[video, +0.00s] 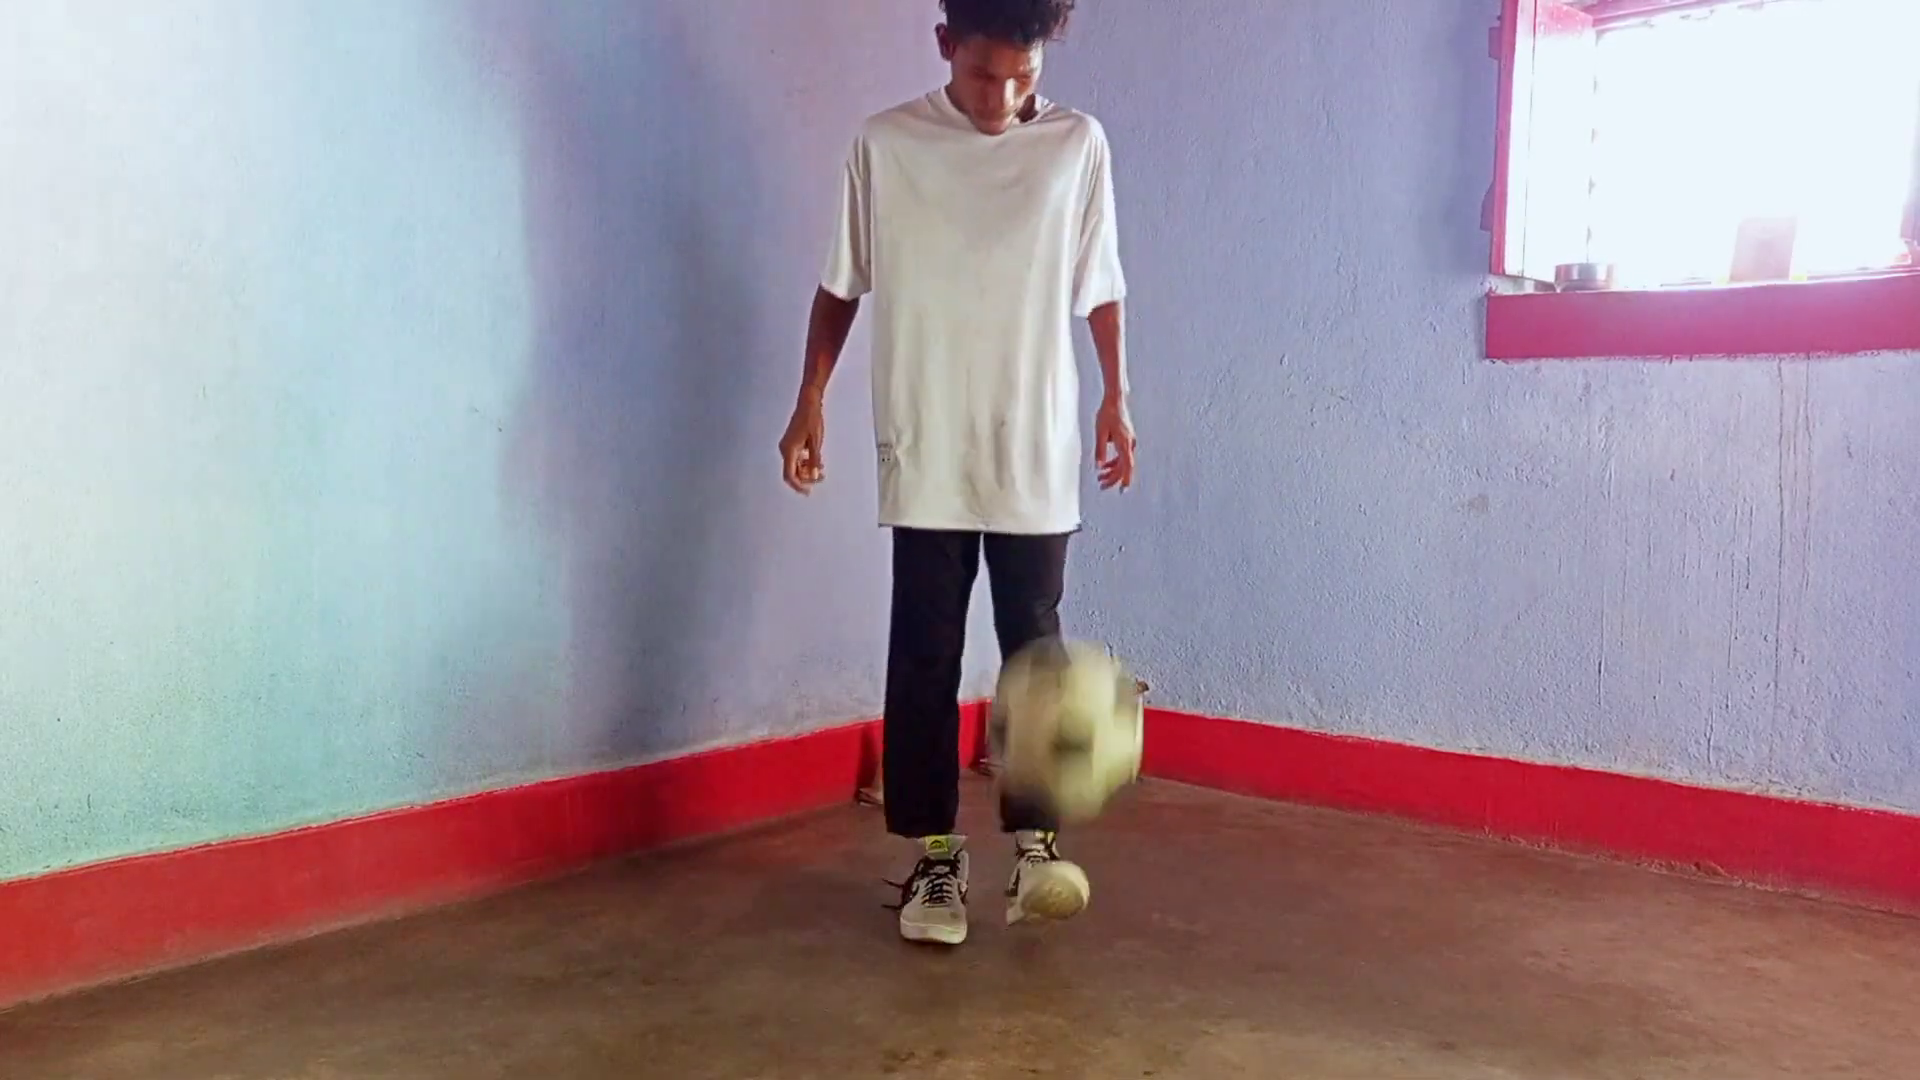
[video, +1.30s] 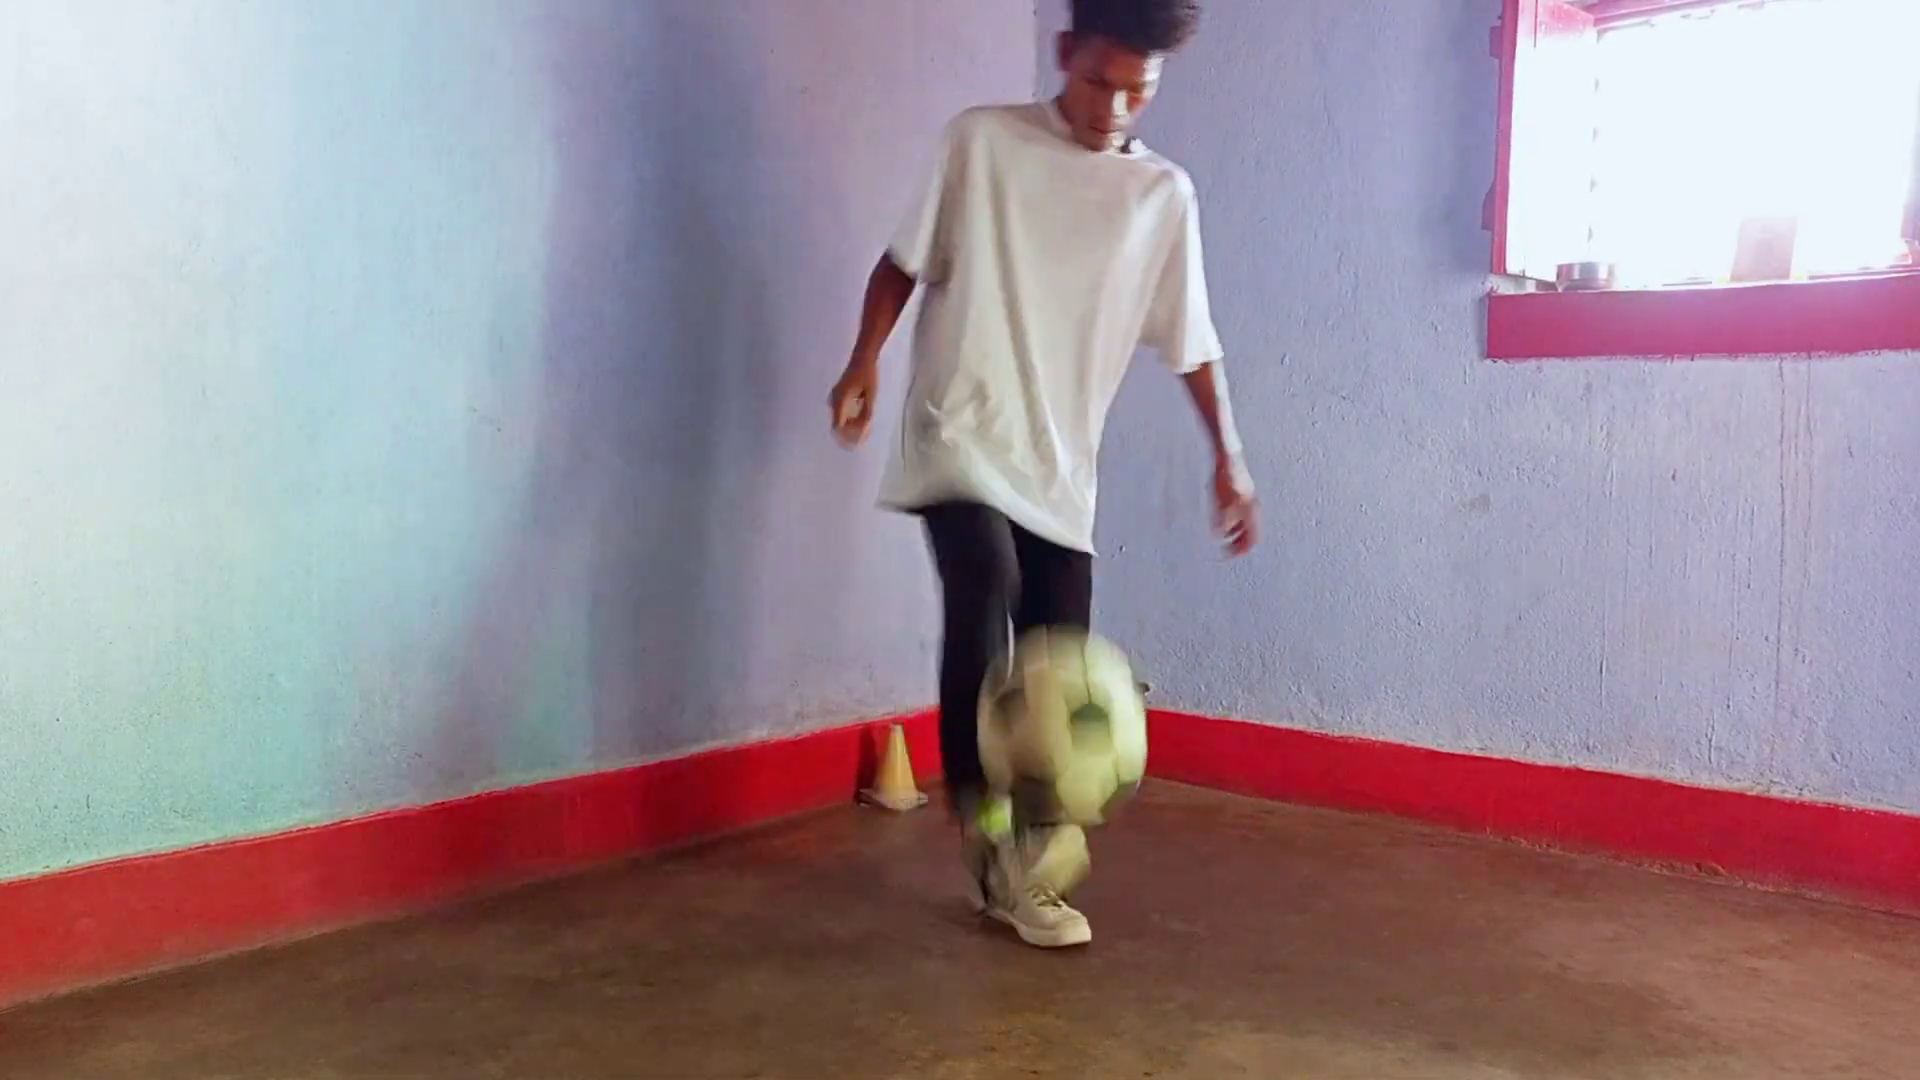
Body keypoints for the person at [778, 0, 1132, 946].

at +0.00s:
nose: (1001, 97)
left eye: (1019, 77)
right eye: (983, 76)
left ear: (1043, 56)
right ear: (944, 46)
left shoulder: (1076, 143)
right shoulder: (884, 143)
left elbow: (1100, 281)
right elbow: (841, 283)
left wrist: (1116, 398)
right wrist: (809, 402)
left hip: (1036, 441)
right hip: (925, 442)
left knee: (1036, 649)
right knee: (926, 657)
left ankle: (1036, 847)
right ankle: (935, 860)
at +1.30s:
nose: (1115, 111)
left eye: (1135, 93)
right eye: (1099, 86)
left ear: (1155, 79)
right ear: (1063, 58)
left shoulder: (1164, 194)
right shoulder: (981, 140)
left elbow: (1191, 340)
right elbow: (904, 265)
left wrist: (1229, 458)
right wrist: (862, 362)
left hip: (1061, 456)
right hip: (959, 430)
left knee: (1060, 659)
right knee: (986, 586)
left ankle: (1035, 865)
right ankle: (984, 840)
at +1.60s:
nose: (1090, 60)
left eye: (1112, 42)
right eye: (1074, 35)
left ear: (1140, 38)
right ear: (1044, 24)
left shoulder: (1174, 142)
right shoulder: (978, 112)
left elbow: (1254, 253)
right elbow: (916, 227)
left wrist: (1313, 336)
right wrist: (825, 265)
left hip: (1087, 384)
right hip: (978, 365)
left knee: (1073, 604)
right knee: (1001, 167)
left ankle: (1026, 843)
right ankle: (965, 369)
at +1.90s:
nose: (1081, 101)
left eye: (1103, 83)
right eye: (1067, 79)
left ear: (1149, 71)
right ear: (1048, 67)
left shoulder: (1192, 201)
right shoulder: (995, 171)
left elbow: (1281, 307)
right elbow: (937, 297)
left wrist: (1363, 401)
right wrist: (858, 365)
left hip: (1088, 471)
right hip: (985, 432)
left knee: (1078, 669)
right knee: (954, 539)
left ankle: (1015, 866)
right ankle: (915, 760)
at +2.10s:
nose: (1072, 60)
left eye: (1093, 39)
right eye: (1059, 37)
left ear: (1146, 28)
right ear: (1045, 31)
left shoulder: (1210, 130)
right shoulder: (1009, 123)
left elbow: (1253, 230)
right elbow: (929, 233)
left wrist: (1276, 305)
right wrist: (793, 239)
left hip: (1087, 404)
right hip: (994, 348)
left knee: (1077, 616)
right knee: (859, 296)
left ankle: (1041, 833)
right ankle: (704, 458)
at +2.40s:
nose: (1007, 94)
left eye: (1021, 71)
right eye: (989, 76)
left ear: (1069, 49)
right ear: (974, 71)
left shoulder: (1136, 139)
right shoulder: (992, 175)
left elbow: (1210, 192)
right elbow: (980, 295)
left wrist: (1245, 224)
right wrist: (935, 378)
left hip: (1081, 437)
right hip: (999, 417)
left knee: (1061, 638)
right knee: (948, 291)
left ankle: (1048, 852)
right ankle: (898, 464)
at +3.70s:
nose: (904, 63)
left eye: (920, 44)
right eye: (885, 47)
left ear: (948, 32)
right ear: (858, 41)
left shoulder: (1007, 127)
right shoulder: (821, 143)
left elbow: (1046, 272)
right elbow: (789, 287)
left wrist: (1072, 393)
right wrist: (730, 391)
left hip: (983, 433)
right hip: (868, 437)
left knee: (981, 641)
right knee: (868, 649)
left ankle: (962, 836)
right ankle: (871, 843)